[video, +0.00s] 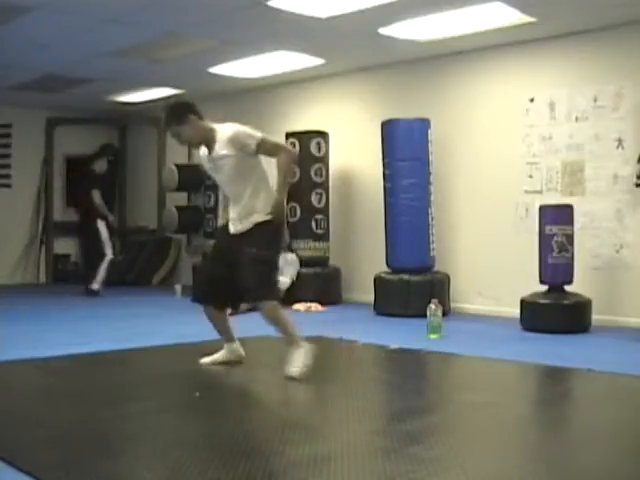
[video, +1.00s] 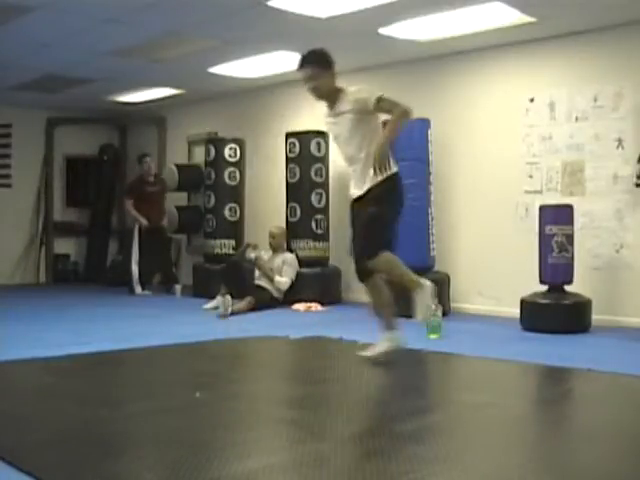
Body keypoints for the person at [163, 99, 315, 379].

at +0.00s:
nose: (183, 142)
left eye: (181, 134)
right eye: (178, 137)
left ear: (193, 120)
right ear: (187, 128)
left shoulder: (234, 135)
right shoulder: (204, 155)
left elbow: (286, 153)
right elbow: (225, 186)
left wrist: (280, 199)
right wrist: (223, 220)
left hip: (263, 224)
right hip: (233, 229)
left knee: (261, 295)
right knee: (208, 291)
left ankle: (300, 345)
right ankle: (232, 347)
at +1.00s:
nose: (310, 88)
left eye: (314, 79)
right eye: (306, 82)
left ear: (330, 73)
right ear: (305, 83)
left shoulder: (357, 99)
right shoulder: (331, 113)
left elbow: (402, 111)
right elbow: (355, 139)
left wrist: (383, 144)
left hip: (382, 185)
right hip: (359, 193)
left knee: (372, 254)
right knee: (365, 269)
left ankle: (421, 288)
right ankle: (390, 334)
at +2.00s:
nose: (333, 56)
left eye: (340, 46)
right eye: (325, 48)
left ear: (360, 44)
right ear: (318, 51)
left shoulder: (388, 92)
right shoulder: (304, 98)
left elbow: (458, 97)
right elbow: (271, 147)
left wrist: (448, 57)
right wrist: (241, 190)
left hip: (381, 220)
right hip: (324, 221)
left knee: (439, 293)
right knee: (287, 312)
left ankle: (464, 390)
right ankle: (251, 403)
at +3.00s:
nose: (175, 55)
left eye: (184, 48)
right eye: (172, 48)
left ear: (204, 53)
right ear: (168, 54)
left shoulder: (231, 95)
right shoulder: (169, 102)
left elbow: (272, 139)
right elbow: (166, 152)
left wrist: (303, 179)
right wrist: (151, 195)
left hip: (228, 203)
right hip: (187, 205)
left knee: (219, 292)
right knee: (176, 291)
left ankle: (225, 376)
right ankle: (192, 368)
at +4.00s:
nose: (277, 110)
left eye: (277, 102)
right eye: (273, 105)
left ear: (293, 95)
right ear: (286, 99)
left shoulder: (322, 122)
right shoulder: (308, 128)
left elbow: (341, 165)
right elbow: (330, 167)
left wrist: (315, 179)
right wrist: (317, 192)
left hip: (353, 213)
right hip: (331, 216)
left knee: (365, 285)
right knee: (336, 287)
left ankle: (409, 328)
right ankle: (376, 339)